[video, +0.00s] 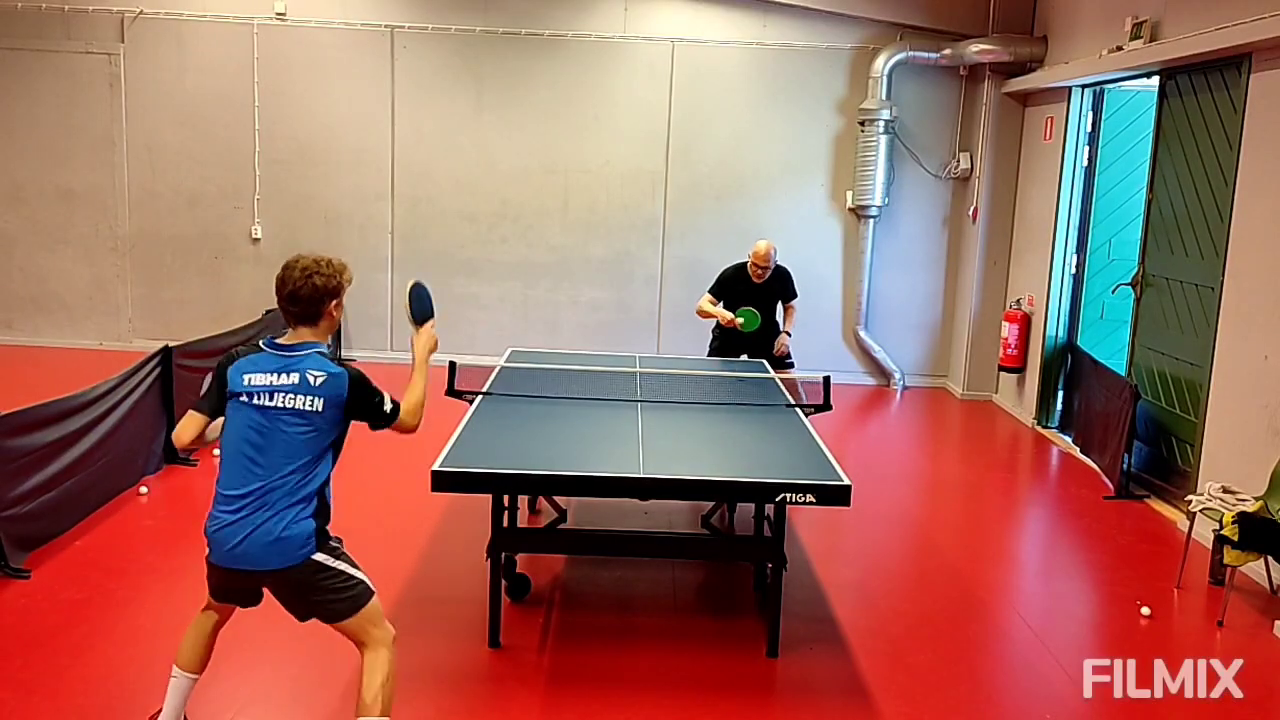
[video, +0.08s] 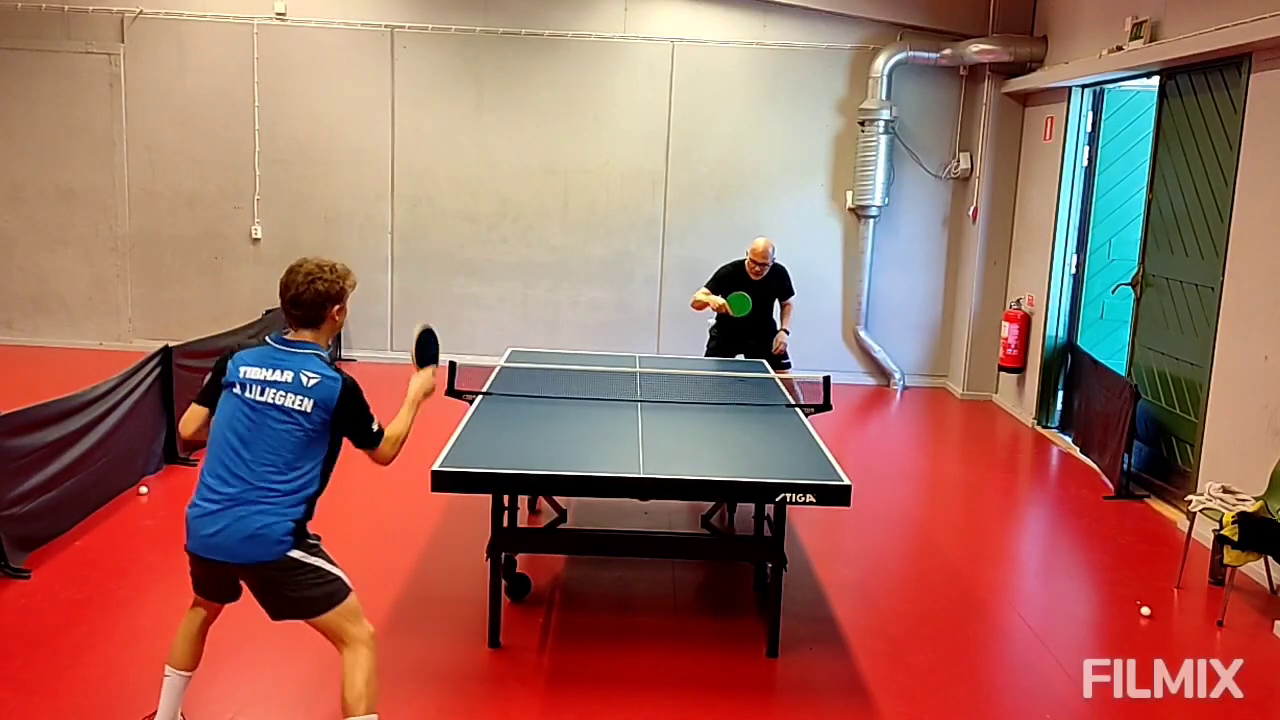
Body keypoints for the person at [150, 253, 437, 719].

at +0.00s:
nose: (344, 307)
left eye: (342, 298)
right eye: (342, 300)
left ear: (284, 307)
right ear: (332, 309)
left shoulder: (237, 366)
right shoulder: (341, 379)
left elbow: (184, 438)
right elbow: (409, 420)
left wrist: (226, 425)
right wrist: (423, 355)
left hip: (227, 543)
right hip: (295, 547)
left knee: (214, 610)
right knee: (377, 640)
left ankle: (169, 714)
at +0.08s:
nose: (347, 310)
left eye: (346, 302)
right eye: (346, 303)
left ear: (288, 308)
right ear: (335, 313)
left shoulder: (237, 361)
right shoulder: (335, 385)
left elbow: (190, 429)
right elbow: (383, 450)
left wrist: (247, 434)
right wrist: (415, 396)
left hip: (205, 533)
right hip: (273, 542)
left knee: (202, 607)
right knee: (357, 638)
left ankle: (165, 714)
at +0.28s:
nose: (354, 333)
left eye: (354, 324)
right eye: (355, 325)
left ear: (301, 318)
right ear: (341, 334)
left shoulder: (271, 339)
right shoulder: (283, 405)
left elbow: (282, 385)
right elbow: (271, 499)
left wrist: (325, 406)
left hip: (152, 477)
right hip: (179, 506)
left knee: (191, 580)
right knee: (264, 614)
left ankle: (127, 687)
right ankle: (218, 716)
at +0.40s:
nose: (334, 393)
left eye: (334, 385)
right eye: (333, 387)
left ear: (281, 373)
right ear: (313, 396)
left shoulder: (272, 391)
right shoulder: (227, 448)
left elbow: (308, 415)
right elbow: (178, 523)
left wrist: (351, 450)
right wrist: (152, 605)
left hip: (172, 498)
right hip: (143, 511)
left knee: (180, 579)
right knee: (238, 616)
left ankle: (89, 655)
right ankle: (212, 714)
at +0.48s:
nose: (317, 423)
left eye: (318, 416)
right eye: (316, 417)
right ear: (294, 426)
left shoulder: (271, 423)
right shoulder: (196, 467)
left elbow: (323, 445)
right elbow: (135, 525)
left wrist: (351, 478)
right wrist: (91, 583)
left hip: (178, 508)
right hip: (136, 518)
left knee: (176, 593)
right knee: (226, 613)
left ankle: (88, 642)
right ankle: (208, 715)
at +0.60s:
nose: (281, 455)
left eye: (279, 448)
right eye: (276, 450)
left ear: (246, 451)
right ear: (248, 459)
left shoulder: (245, 451)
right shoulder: (154, 476)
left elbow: (298, 464)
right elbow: (91, 500)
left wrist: (328, 529)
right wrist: (47, 540)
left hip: (178, 529)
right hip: (122, 523)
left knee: (178, 614)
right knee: (197, 606)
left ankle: (85, 635)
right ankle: (197, 715)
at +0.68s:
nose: (262, 444)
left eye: (262, 436)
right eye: (255, 438)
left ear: (226, 440)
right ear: (223, 441)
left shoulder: (234, 445)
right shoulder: (133, 457)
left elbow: (263, 446)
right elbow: (83, 497)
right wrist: (45, 553)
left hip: (177, 528)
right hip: (123, 528)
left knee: (178, 615)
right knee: (207, 605)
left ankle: (85, 636)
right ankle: (200, 715)